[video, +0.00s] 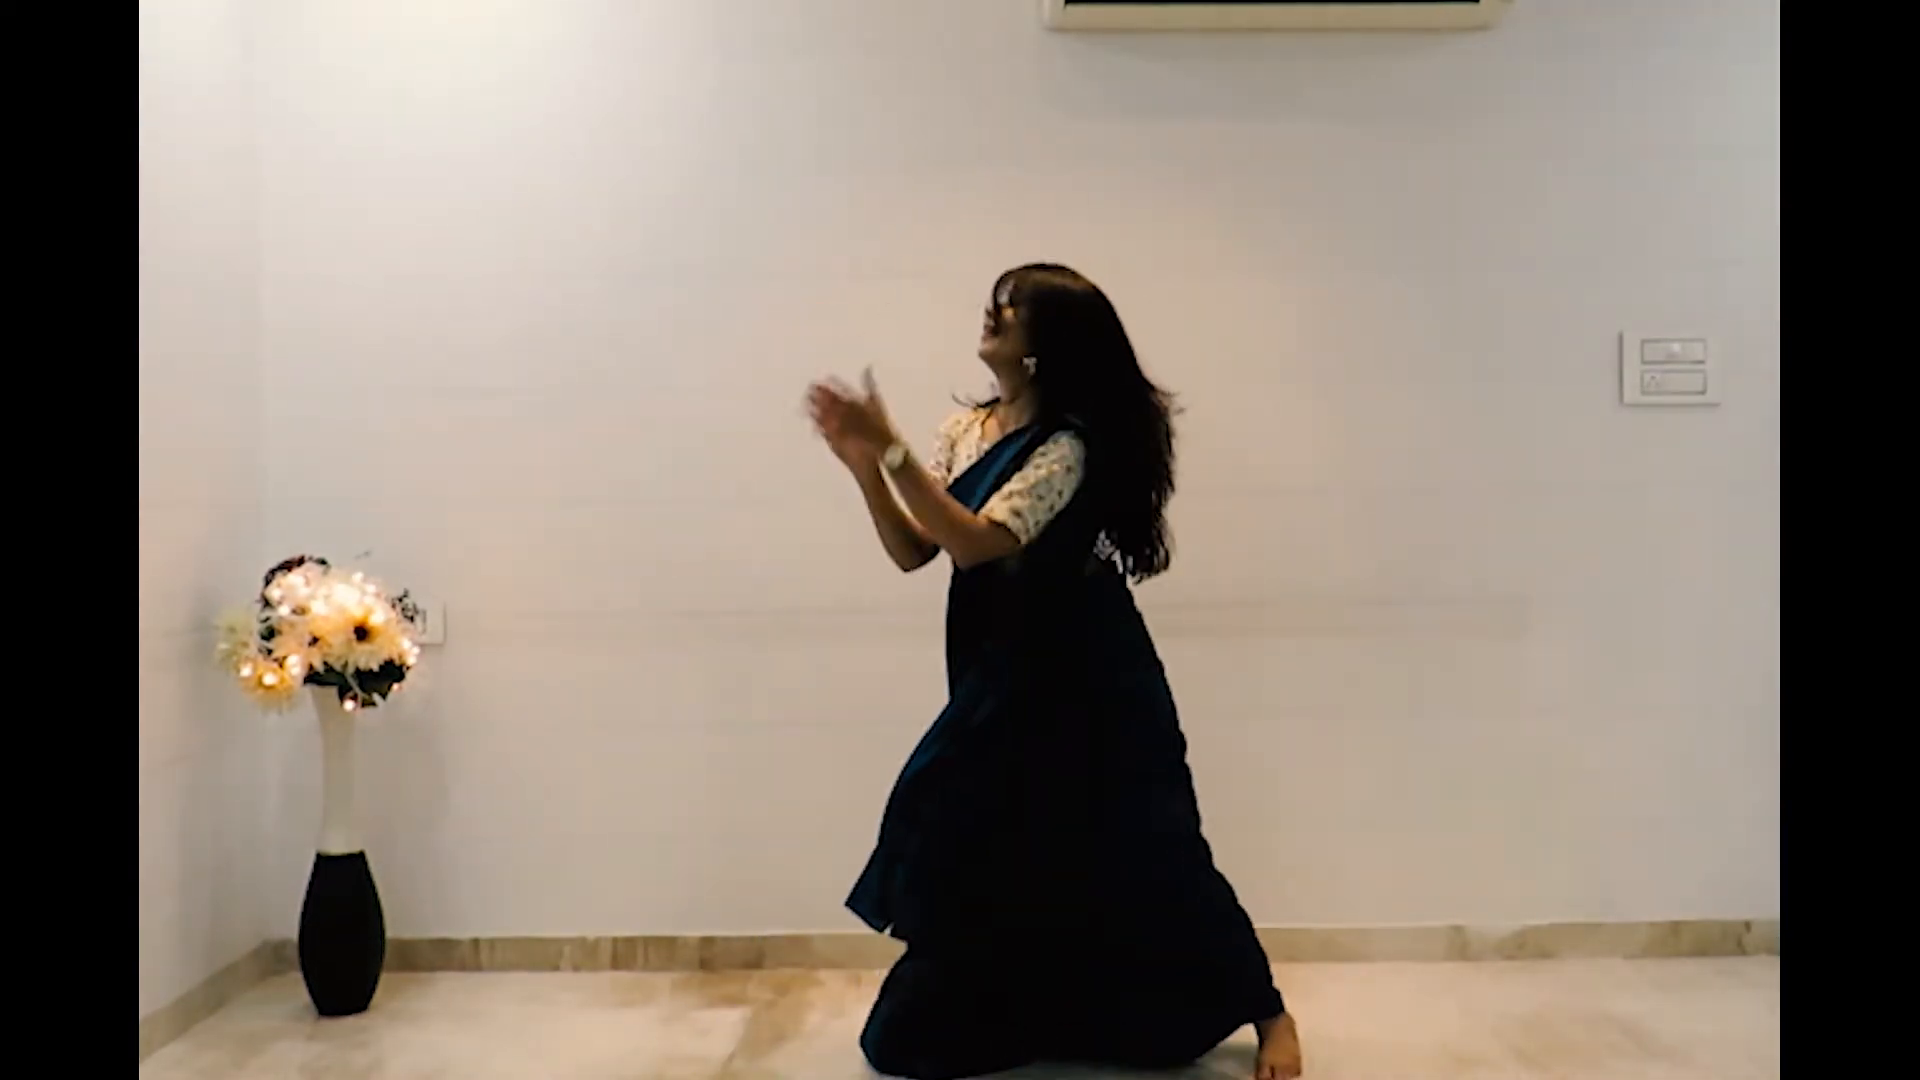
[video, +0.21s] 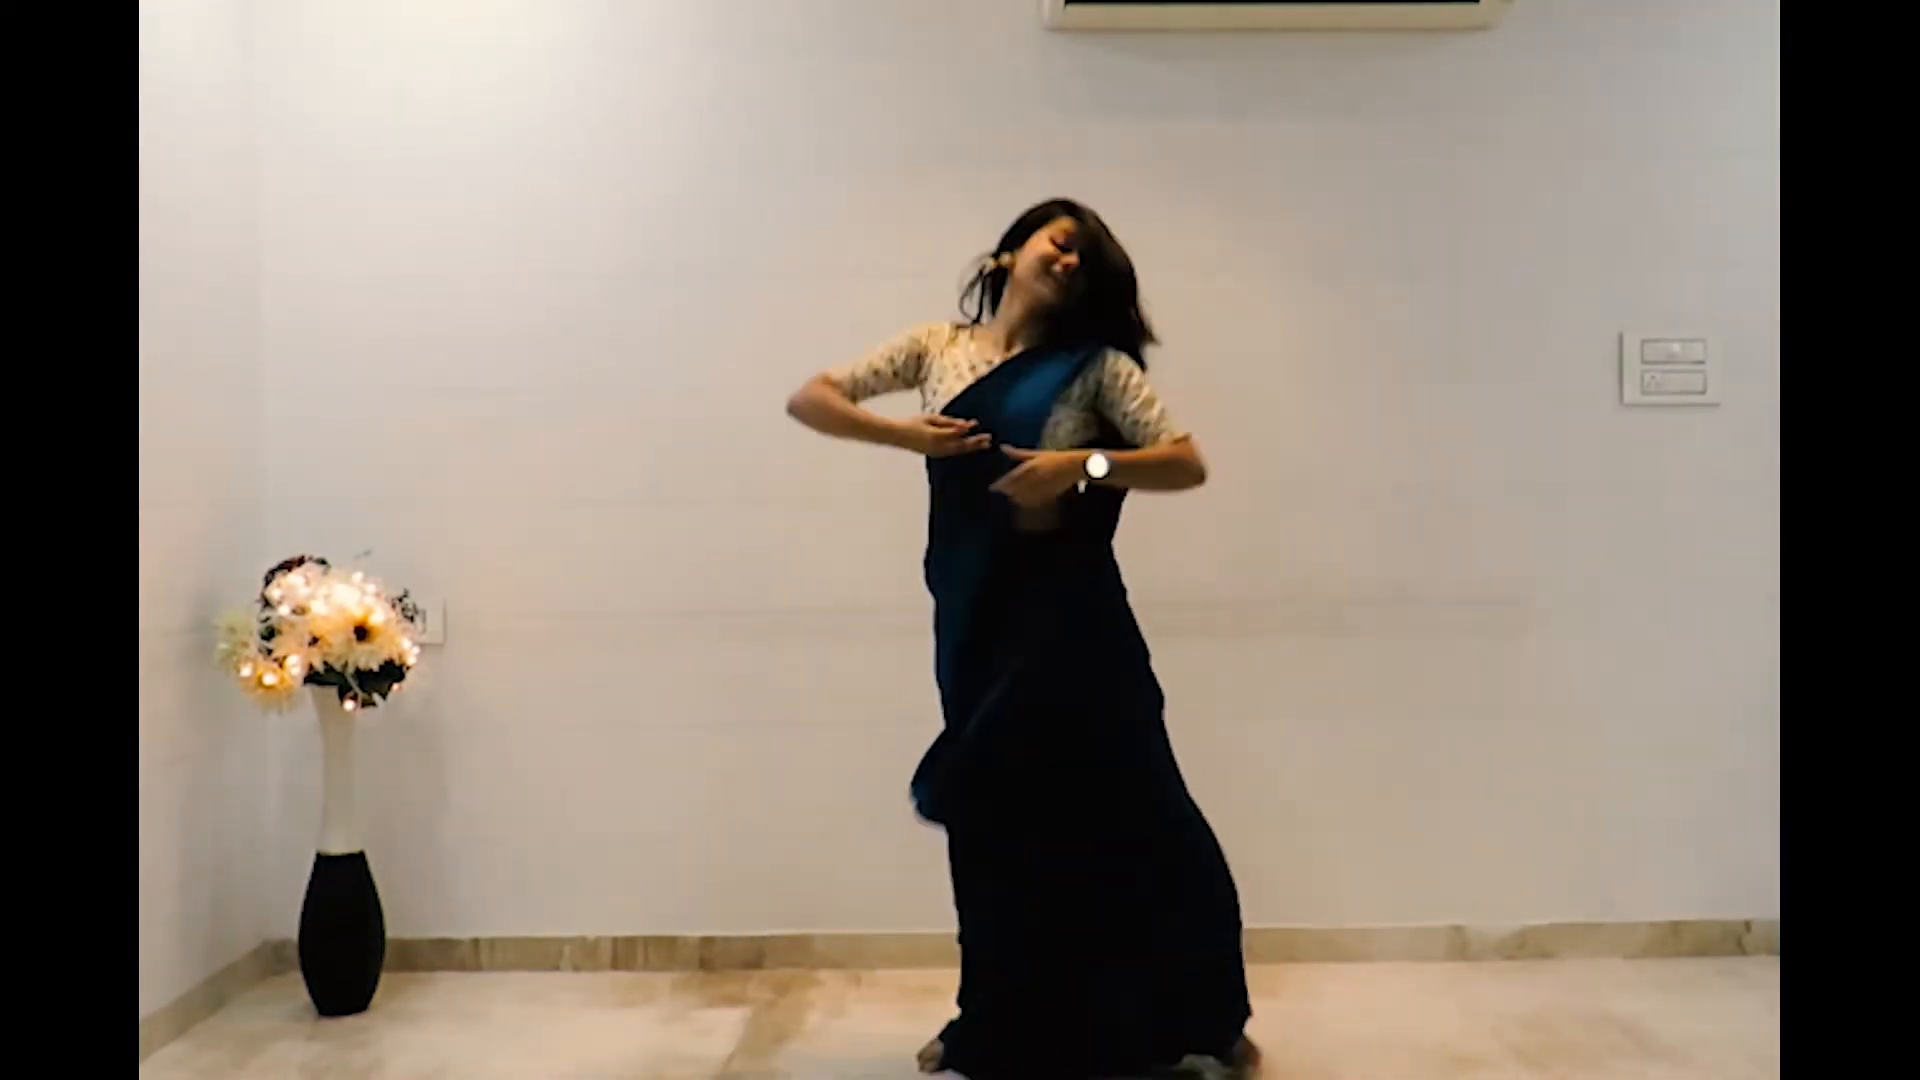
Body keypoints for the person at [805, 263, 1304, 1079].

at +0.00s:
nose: (988, 317)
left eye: (1006, 310)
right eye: (992, 306)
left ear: (1047, 342)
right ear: (1008, 338)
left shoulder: (1068, 446)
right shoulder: (966, 432)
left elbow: (978, 543)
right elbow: (909, 549)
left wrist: (891, 451)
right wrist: (864, 470)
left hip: (1089, 675)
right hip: (1001, 673)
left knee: (1158, 848)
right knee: (961, 829)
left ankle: (1271, 1016)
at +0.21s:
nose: (1067, 253)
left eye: (1084, 254)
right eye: (1056, 235)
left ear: (1086, 289)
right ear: (1009, 251)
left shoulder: (1099, 367)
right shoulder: (941, 346)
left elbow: (1188, 463)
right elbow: (810, 398)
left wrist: (1082, 463)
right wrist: (909, 433)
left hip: (1075, 624)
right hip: (974, 625)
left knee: (1135, 817)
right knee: (995, 820)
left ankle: (1205, 1021)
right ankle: (1005, 1023)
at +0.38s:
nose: (1055, 220)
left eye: (1064, 213)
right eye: (1036, 208)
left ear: (1072, 242)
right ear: (988, 234)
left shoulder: (1109, 321)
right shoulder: (957, 318)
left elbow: (1238, 370)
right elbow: (859, 330)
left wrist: (1197, 439)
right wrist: (975, 380)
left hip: (1060, 564)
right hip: (962, 556)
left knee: (1047, 780)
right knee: (912, 763)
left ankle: (1059, 1005)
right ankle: (852, 975)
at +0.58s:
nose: (1033, 264)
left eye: (1037, 253)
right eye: (1009, 255)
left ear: (1049, 282)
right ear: (969, 290)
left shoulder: (1071, 384)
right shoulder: (958, 374)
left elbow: (1179, 441)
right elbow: (998, 439)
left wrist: (1264, 396)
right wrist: (1062, 330)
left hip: (1046, 621)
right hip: (958, 619)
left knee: (1045, 815)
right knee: (892, 809)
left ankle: (1049, 1017)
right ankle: (756, 1002)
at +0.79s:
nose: (1022, 282)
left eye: (1024, 269)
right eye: (998, 271)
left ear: (1030, 301)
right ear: (954, 302)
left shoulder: (1034, 406)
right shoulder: (941, 383)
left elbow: (1082, 535)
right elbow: (999, 503)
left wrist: (1143, 462)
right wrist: (1123, 466)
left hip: (1022, 656)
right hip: (945, 653)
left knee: (1036, 846)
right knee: (916, 846)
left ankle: (1079, 1041)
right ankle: (790, 1039)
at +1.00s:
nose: (972, 260)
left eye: (985, 244)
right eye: (954, 256)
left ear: (1025, 263)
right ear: (940, 286)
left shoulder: (1063, 377)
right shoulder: (943, 344)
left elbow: (1090, 502)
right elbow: (993, 451)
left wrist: (1192, 471)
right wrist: (1122, 409)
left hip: (1015, 609)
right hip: (918, 604)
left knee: (1030, 805)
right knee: (848, 799)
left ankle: (1063, 1023)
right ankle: (759, 1025)